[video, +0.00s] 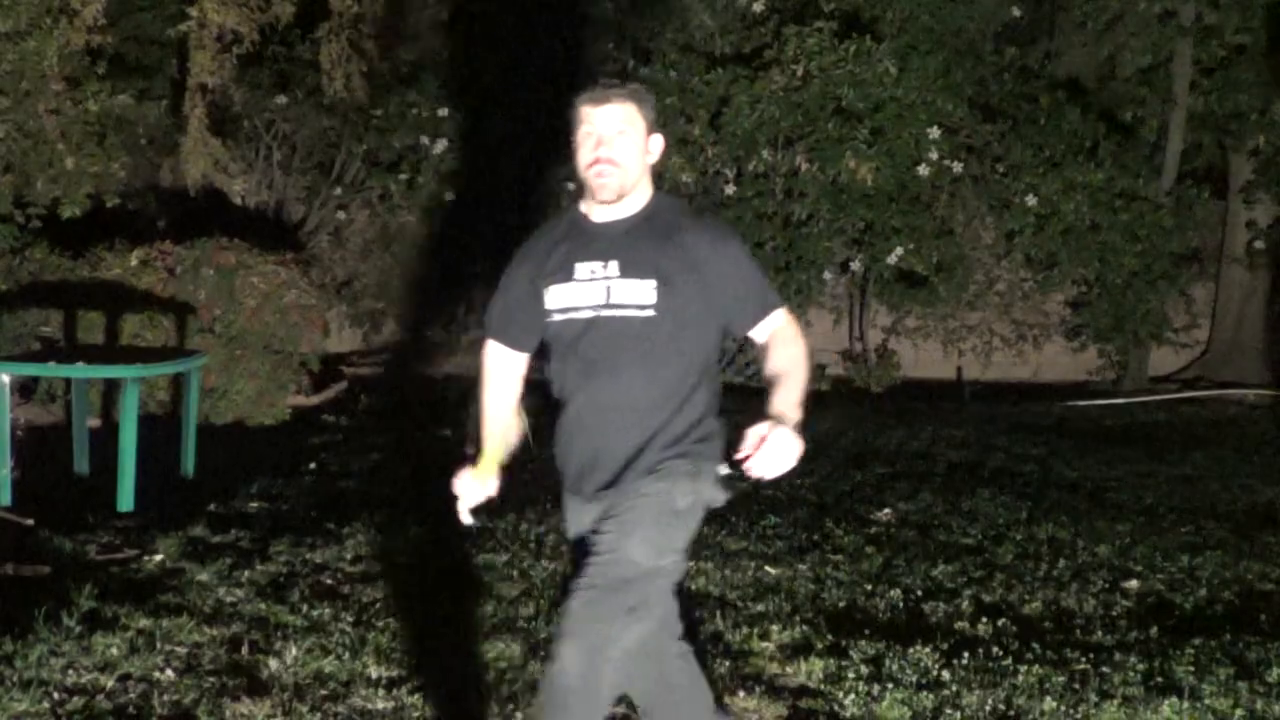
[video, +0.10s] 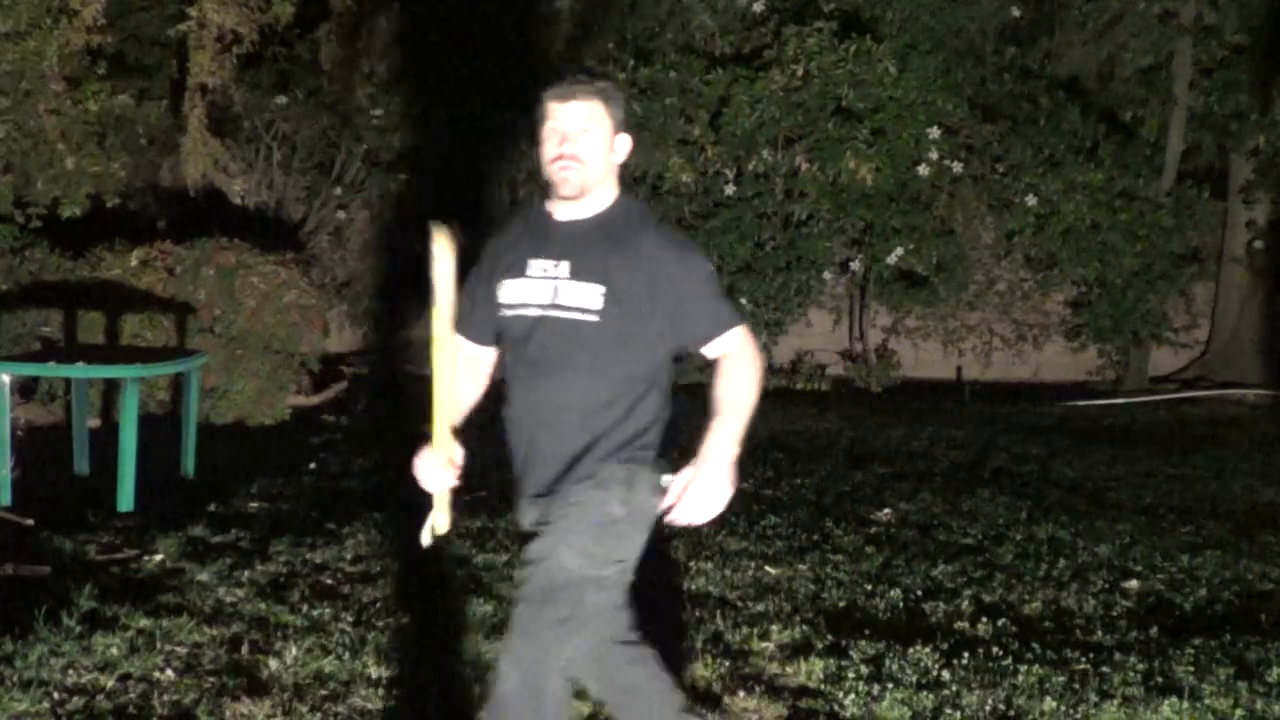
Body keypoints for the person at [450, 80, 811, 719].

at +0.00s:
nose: (600, 151)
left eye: (618, 137)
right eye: (588, 138)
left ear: (654, 148)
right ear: (573, 152)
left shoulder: (702, 246)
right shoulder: (542, 256)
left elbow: (783, 337)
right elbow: (503, 364)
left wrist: (784, 418)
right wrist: (491, 460)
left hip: (673, 477)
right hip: (586, 490)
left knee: (588, 640)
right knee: (657, 669)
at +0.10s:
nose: (564, 146)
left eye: (583, 133)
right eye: (552, 133)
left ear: (621, 147)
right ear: (536, 147)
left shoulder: (655, 253)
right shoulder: (512, 245)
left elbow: (739, 353)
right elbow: (471, 354)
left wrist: (717, 459)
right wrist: (441, 432)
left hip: (614, 490)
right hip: (540, 493)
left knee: (529, 672)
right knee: (612, 666)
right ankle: (679, 718)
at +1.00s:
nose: (280, 111)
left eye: (288, 94)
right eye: (259, 91)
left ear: (297, 99)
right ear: (206, 95)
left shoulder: (329, 211)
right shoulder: (136, 211)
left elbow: (381, 314)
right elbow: (71, 339)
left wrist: (398, 403)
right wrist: (71, 457)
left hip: (289, 487)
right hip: (163, 485)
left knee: (264, 681)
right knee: (156, 680)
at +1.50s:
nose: (281, 116)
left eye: (281, 95)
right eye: (267, 93)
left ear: (221, 95)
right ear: (206, 91)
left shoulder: (254, 209)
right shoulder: (114, 206)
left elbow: (304, 329)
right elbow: (57, 342)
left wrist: (377, 347)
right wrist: (183, 437)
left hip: (246, 493)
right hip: (146, 496)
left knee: (235, 706)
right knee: (165, 705)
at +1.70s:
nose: (272, 118)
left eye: (271, 98)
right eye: (261, 96)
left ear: (207, 98)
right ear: (205, 96)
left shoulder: (225, 206)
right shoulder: (109, 219)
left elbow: (293, 296)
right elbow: (94, 375)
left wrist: (412, 308)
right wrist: (230, 482)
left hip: (234, 492)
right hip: (139, 503)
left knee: (281, 672)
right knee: (157, 700)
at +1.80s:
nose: (273, 111)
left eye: (271, 89)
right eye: (262, 87)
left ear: (209, 92)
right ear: (203, 90)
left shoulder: (223, 201)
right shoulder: (112, 215)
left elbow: (302, 280)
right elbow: (99, 372)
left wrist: (434, 302)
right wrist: (227, 479)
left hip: (233, 472)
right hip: (144, 484)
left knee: (304, 632)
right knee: (155, 695)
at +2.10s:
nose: (318, 117)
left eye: (316, 97)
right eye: (307, 96)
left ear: (255, 101)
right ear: (252, 100)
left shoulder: (275, 210)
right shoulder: (168, 214)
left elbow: (359, 267)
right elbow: (119, 358)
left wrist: (493, 266)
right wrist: (216, 496)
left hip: (292, 517)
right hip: (199, 524)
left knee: (338, 701)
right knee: (170, 708)